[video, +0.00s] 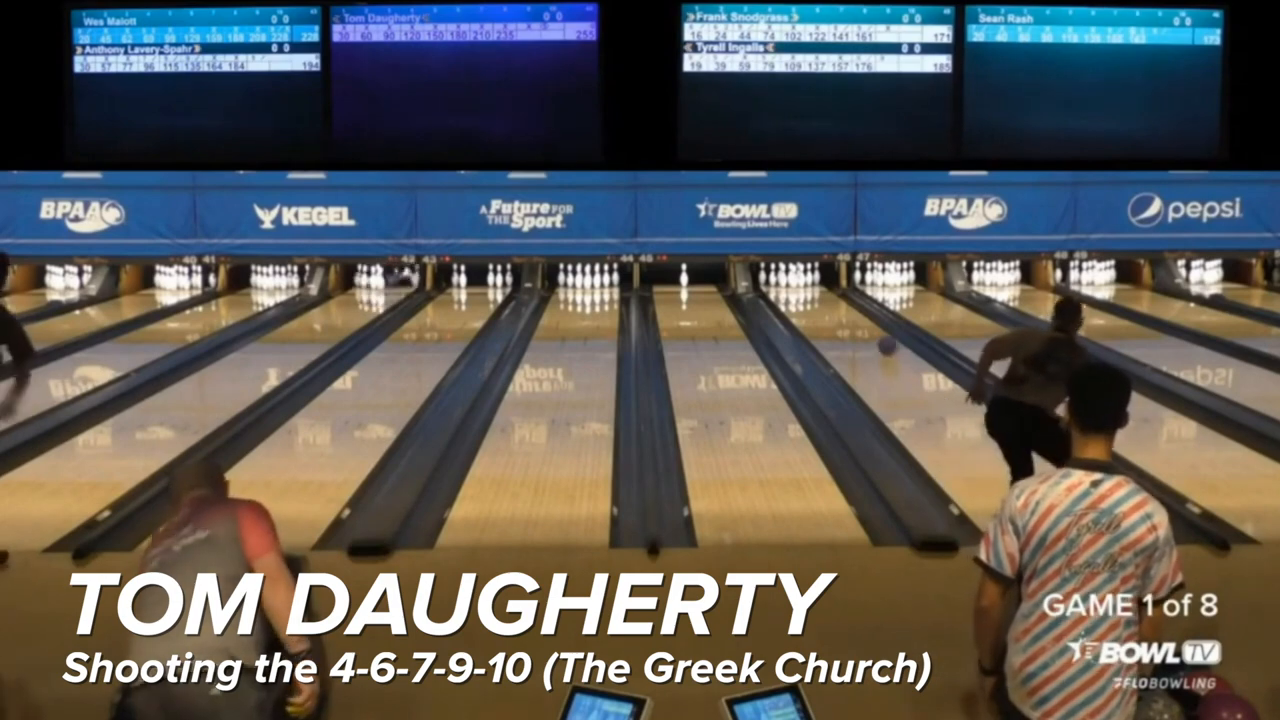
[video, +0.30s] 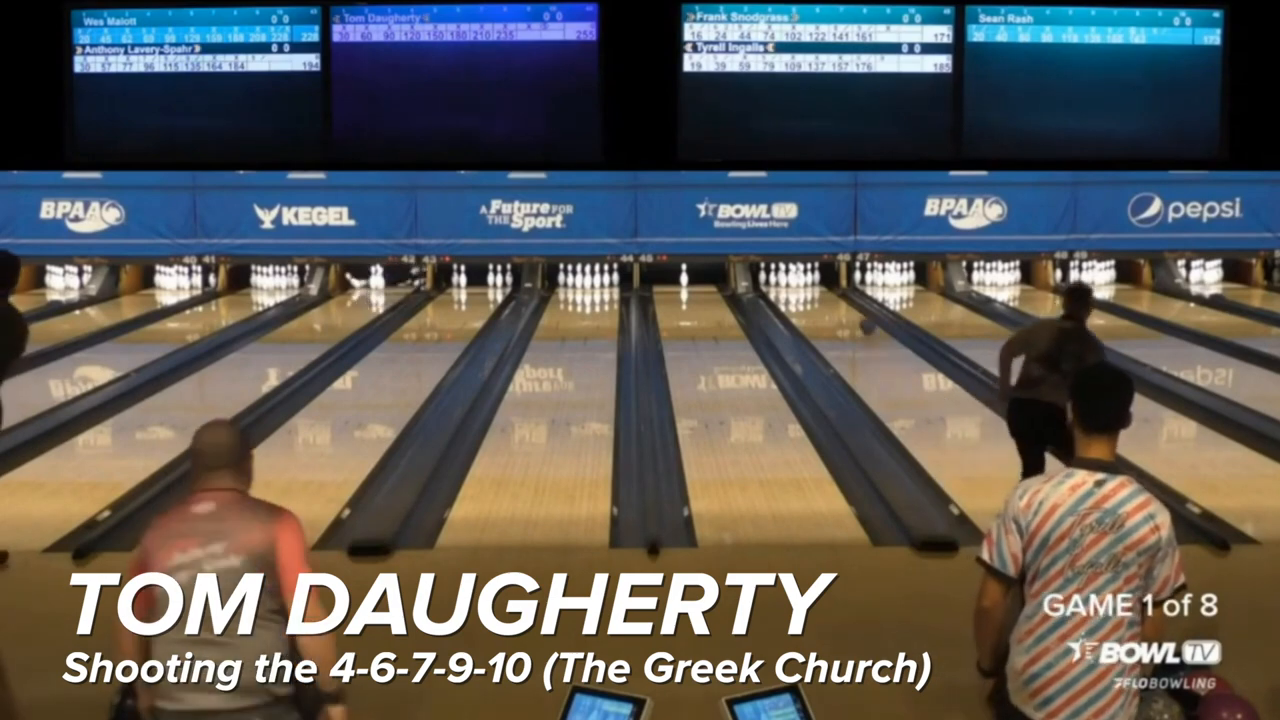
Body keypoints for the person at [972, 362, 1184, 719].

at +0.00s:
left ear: (1067, 414)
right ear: (1123, 422)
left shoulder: (1028, 498)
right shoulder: (1150, 514)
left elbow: (989, 600)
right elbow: (1151, 614)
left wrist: (987, 668)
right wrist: (1139, 676)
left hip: (1030, 686)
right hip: (1107, 695)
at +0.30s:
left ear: (1070, 415)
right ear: (1127, 421)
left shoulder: (1032, 497)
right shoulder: (1153, 514)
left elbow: (991, 601)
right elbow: (1154, 615)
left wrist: (987, 665)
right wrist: (1137, 673)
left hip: (1032, 686)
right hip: (1109, 696)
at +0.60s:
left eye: (1057, 406)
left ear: (1060, 412)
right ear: (1117, 419)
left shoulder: (1022, 500)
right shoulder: (1144, 513)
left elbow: (988, 601)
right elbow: (1150, 615)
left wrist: (985, 671)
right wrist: (1136, 674)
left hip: (1029, 691)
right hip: (1106, 696)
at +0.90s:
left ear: (1037, 414)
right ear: (1094, 418)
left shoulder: (1006, 499)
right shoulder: (1124, 505)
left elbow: (974, 605)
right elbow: (1134, 603)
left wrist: (972, 677)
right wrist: (1131, 663)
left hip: (1022, 690)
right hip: (1095, 692)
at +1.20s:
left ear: (1014, 414)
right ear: (1066, 412)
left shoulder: (989, 503)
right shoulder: (1104, 498)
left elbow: (966, 612)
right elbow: (1122, 578)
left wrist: (970, 689)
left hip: (1023, 679)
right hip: (1093, 678)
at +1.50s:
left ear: (1007, 413)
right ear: (1060, 411)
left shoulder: (980, 501)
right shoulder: (1099, 498)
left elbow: (958, 607)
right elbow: (1119, 589)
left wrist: (966, 687)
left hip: (1016, 684)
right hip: (1086, 683)